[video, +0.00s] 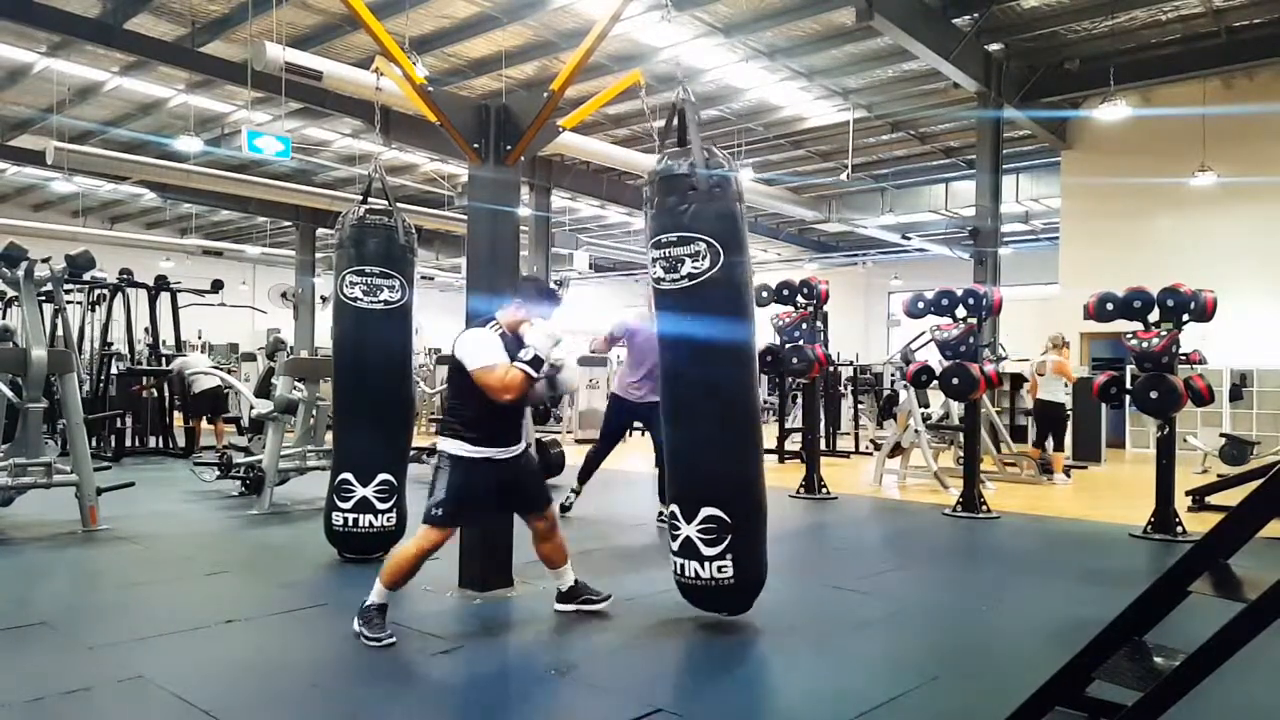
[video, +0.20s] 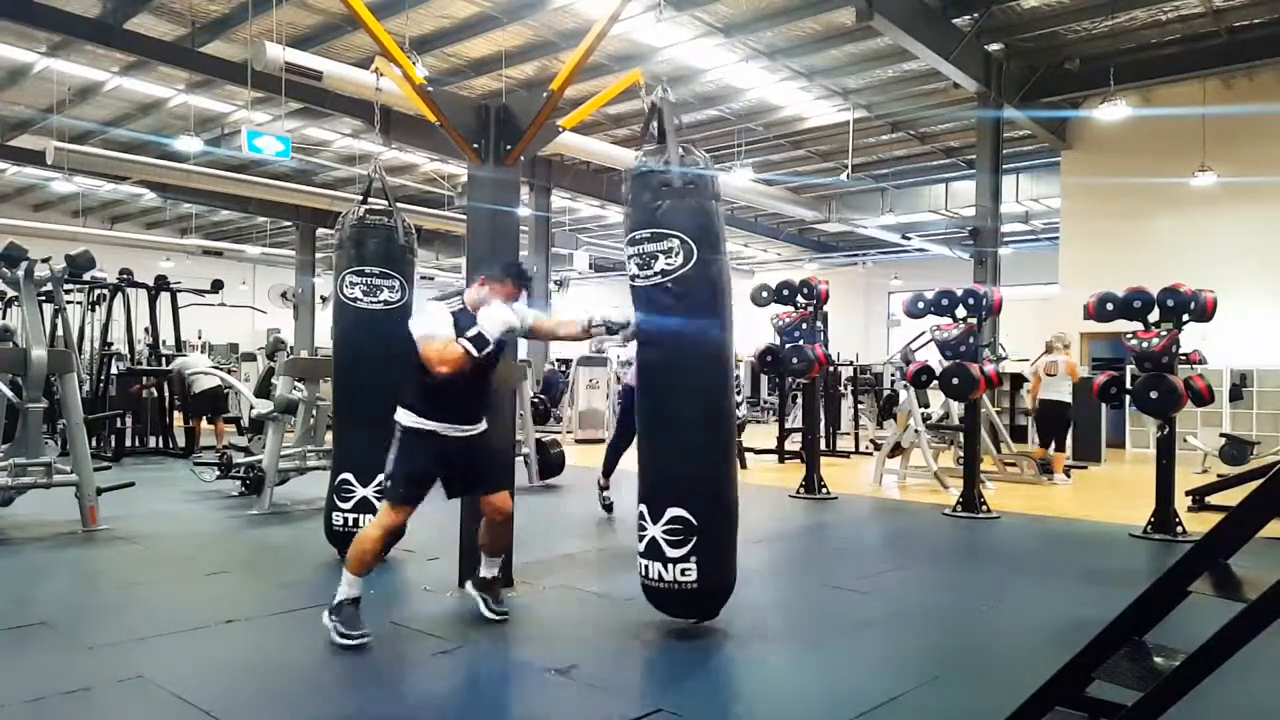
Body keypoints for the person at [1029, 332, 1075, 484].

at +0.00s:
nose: (1064, 350)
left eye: (1063, 348)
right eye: (1063, 348)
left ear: (1048, 346)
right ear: (1061, 347)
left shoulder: (1037, 362)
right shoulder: (1060, 362)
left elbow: (1033, 387)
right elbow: (1071, 378)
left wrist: (1036, 401)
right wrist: (1066, 360)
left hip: (1040, 402)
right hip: (1057, 403)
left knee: (1040, 437)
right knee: (1059, 440)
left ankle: (1028, 468)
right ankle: (1058, 473)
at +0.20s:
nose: (1069, 349)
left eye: (1069, 347)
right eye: (1069, 347)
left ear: (1052, 345)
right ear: (1066, 347)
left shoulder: (1042, 362)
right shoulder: (1069, 362)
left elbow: (1034, 387)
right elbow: (1075, 378)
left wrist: (1032, 404)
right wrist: (1070, 359)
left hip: (1043, 402)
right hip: (1062, 403)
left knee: (1044, 442)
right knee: (1060, 443)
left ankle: (1030, 466)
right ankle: (1058, 473)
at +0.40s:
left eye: (1055, 342)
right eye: (1071, 346)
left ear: (1055, 344)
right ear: (1071, 346)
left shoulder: (1045, 361)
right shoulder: (1074, 363)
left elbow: (1036, 384)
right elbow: (1077, 380)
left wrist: (1031, 404)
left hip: (1046, 401)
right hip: (1065, 402)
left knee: (1045, 440)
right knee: (1061, 441)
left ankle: (1042, 470)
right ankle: (1059, 473)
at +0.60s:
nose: (1071, 348)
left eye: (1054, 343)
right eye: (1071, 345)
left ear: (1055, 344)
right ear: (1071, 346)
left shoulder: (1045, 362)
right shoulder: (1077, 363)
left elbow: (1037, 384)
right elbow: (1077, 381)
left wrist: (1031, 404)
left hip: (1046, 400)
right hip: (1066, 402)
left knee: (1042, 437)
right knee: (1061, 440)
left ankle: (1036, 469)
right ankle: (1059, 473)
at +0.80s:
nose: (1067, 349)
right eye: (1068, 347)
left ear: (1052, 346)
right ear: (1067, 347)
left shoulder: (1042, 361)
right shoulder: (1073, 363)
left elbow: (1034, 384)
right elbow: (1078, 386)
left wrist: (1029, 404)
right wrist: (1069, 377)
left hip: (1042, 400)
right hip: (1062, 402)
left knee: (1040, 438)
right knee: (1058, 440)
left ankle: (1035, 470)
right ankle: (1058, 473)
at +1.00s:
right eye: (1064, 349)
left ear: (1047, 347)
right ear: (1063, 349)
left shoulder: (1036, 362)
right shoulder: (1067, 364)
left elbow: (1028, 383)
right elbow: (1074, 385)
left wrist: (1027, 402)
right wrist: (1066, 397)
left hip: (1037, 400)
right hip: (1056, 401)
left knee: (1037, 438)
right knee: (1057, 440)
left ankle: (1035, 471)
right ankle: (1058, 473)